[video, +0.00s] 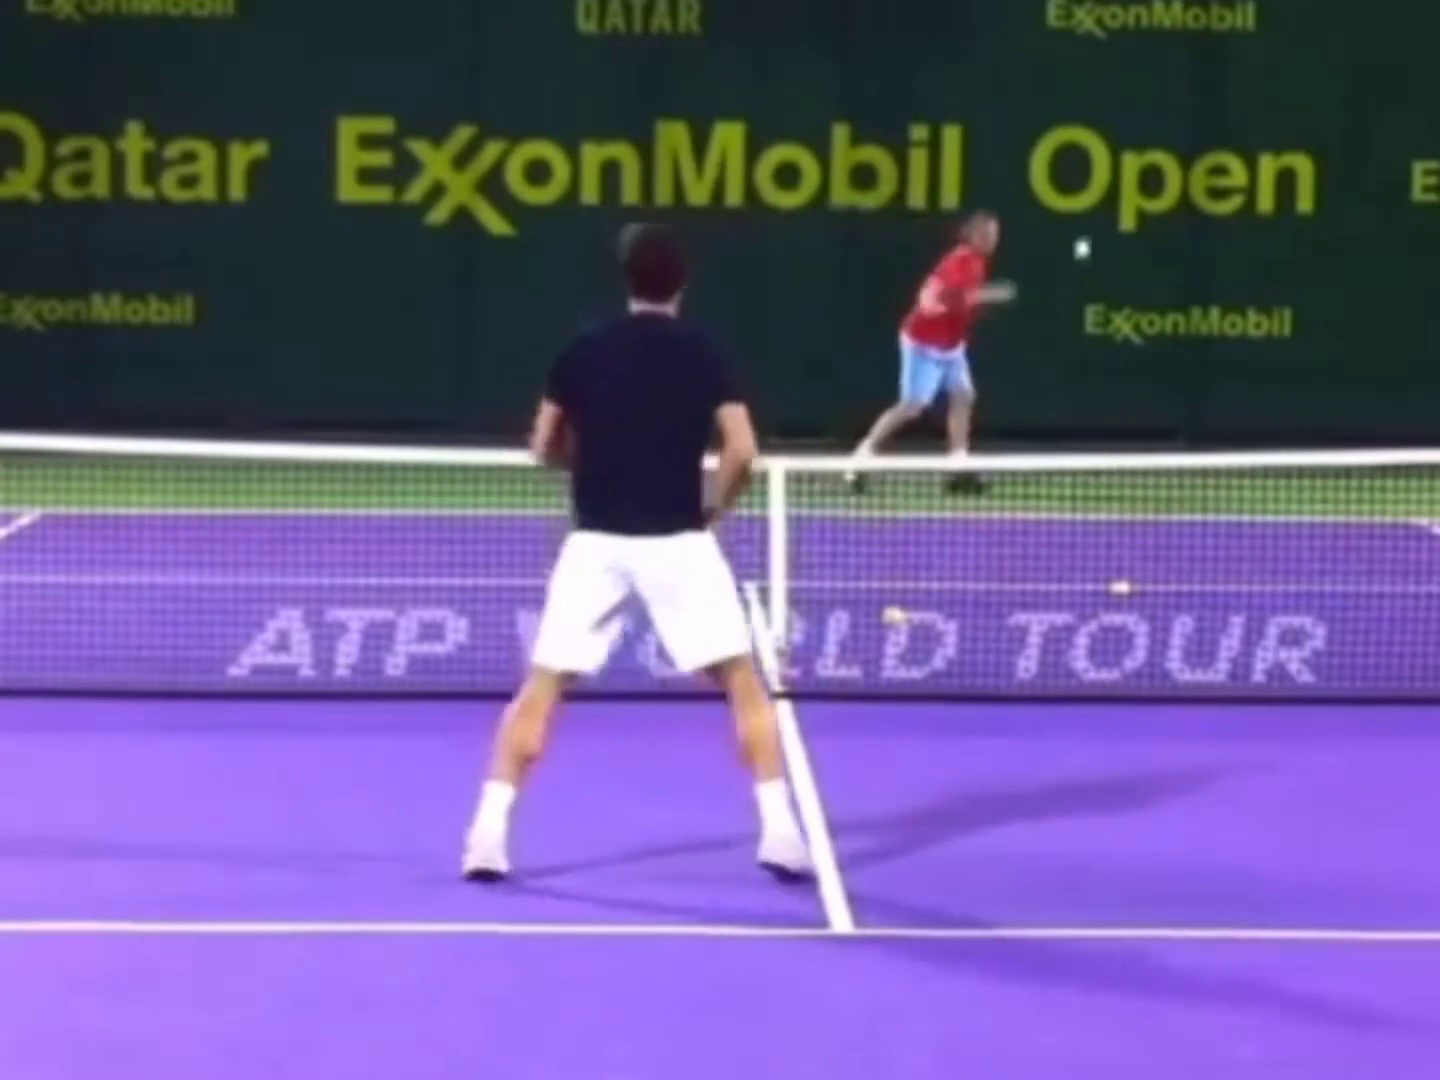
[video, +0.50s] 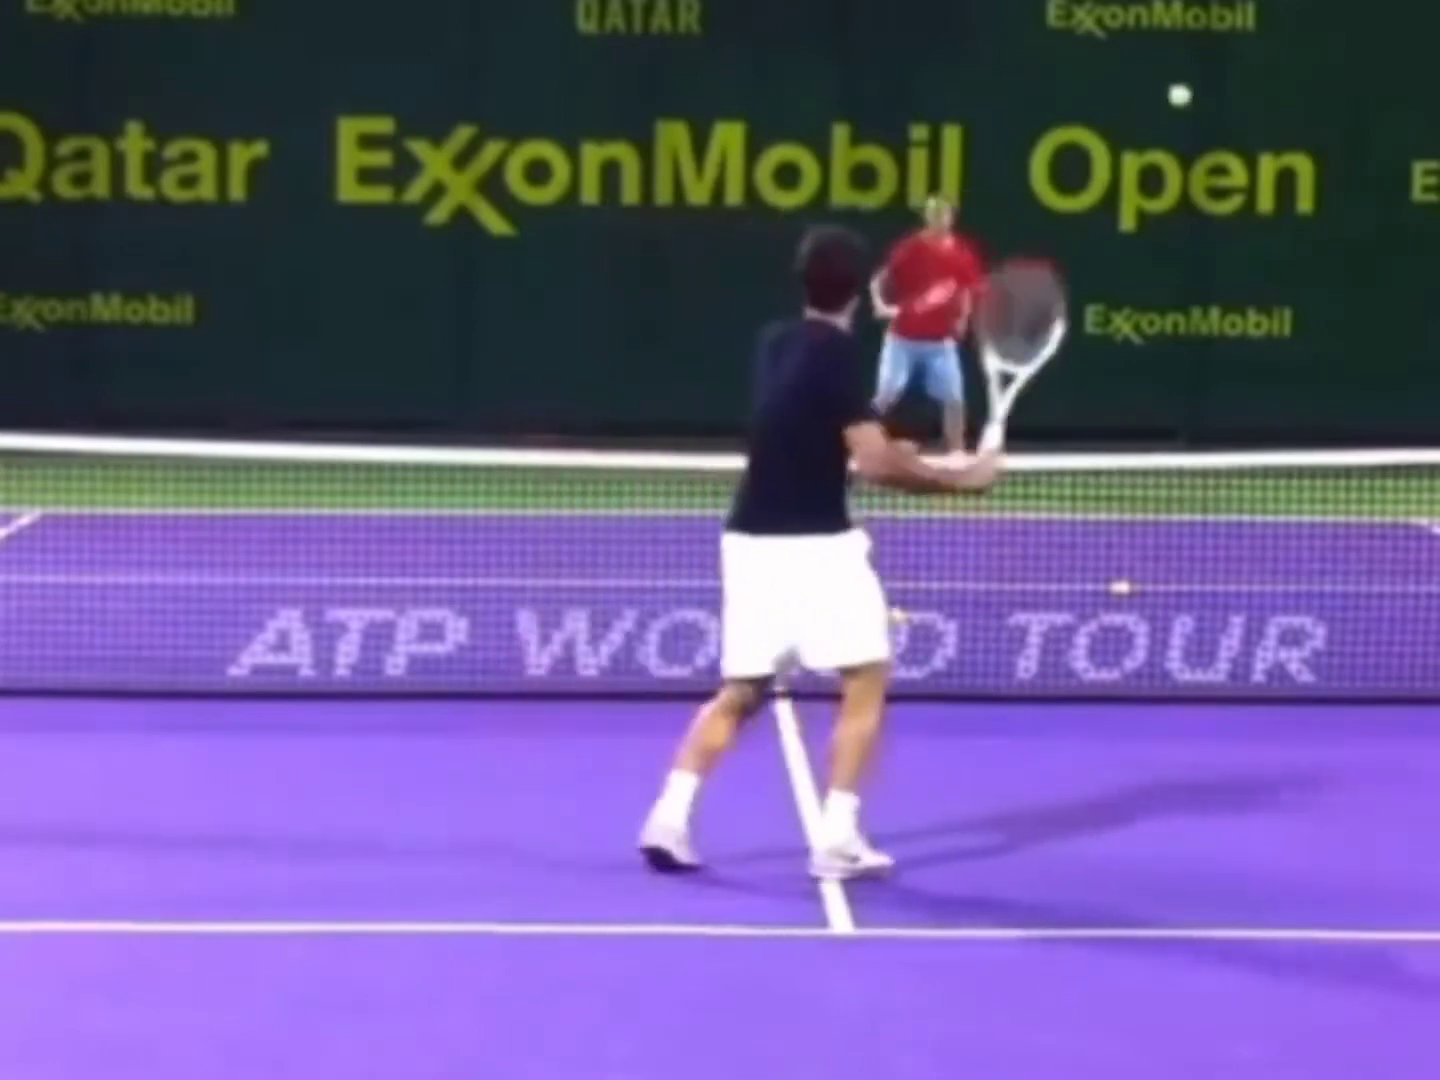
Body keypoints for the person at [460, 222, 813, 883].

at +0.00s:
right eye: (674, 279)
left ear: (624, 283)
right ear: (681, 285)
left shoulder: (587, 349)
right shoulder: (700, 352)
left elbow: (544, 442)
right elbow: (741, 449)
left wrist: (593, 458)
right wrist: (716, 502)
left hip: (594, 543)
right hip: (678, 545)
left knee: (543, 683)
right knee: (742, 680)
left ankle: (490, 825)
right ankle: (778, 827)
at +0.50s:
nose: (859, 289)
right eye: (860, 280)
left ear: (801, 285)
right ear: (859, 289)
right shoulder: (838, 354)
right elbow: (873, 457)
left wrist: (935, 462)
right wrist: (957, 473)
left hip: (749, 539)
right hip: (820, 542)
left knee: (740, 686)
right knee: (866, 682)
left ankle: (670, 816)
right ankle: (838, 830)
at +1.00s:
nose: (1070, 341)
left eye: (1068, 329)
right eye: (1068, 332)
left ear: (1007, 326)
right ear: (1055, 337)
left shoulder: (961, 378)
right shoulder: (1045, 402)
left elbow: (905, 440)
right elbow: (1107, 459)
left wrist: (892, 473)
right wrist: (1177, 463)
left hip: (938, 560)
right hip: (988, 569)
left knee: (1034, 655)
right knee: (985, 706)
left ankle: (1033, 797)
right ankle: (866, 791)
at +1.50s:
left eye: (1092, 266)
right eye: (1121, 268)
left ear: (1075, 275)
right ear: (1132, 277)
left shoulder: (1037, 339)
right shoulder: (1152, 350)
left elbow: (996, 422)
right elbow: (1179, 454)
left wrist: (1023, 414)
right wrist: (1144, 468)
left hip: (1043, 521)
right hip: (1119, 526)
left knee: (1041, 651)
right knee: (1160, 662)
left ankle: (1032, 797)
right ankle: (1185, 800)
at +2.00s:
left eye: (1082, 274)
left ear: (1077, 279)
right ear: (1134, 281)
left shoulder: (1049, 342)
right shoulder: (1166, 350)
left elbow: (1018, 433)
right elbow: (1202, 452)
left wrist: (1057, 455)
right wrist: (1169, 488)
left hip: (1057, 527)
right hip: (1140, 530)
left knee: (1004, 662)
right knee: (1176, 669)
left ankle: (970, 808)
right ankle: (1199, 813)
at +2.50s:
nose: (817, 312)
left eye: (823, 306)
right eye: (818, 305)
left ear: (839, 320)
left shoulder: (867, 368)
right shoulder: (834, 372)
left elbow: (858, 427)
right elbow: (786, 387)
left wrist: (825, 349)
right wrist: (750, 355)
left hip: (900, 547)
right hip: (896, 544)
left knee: (874, 688)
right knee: (908, 678)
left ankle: (981, 803)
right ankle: (1017, 751)